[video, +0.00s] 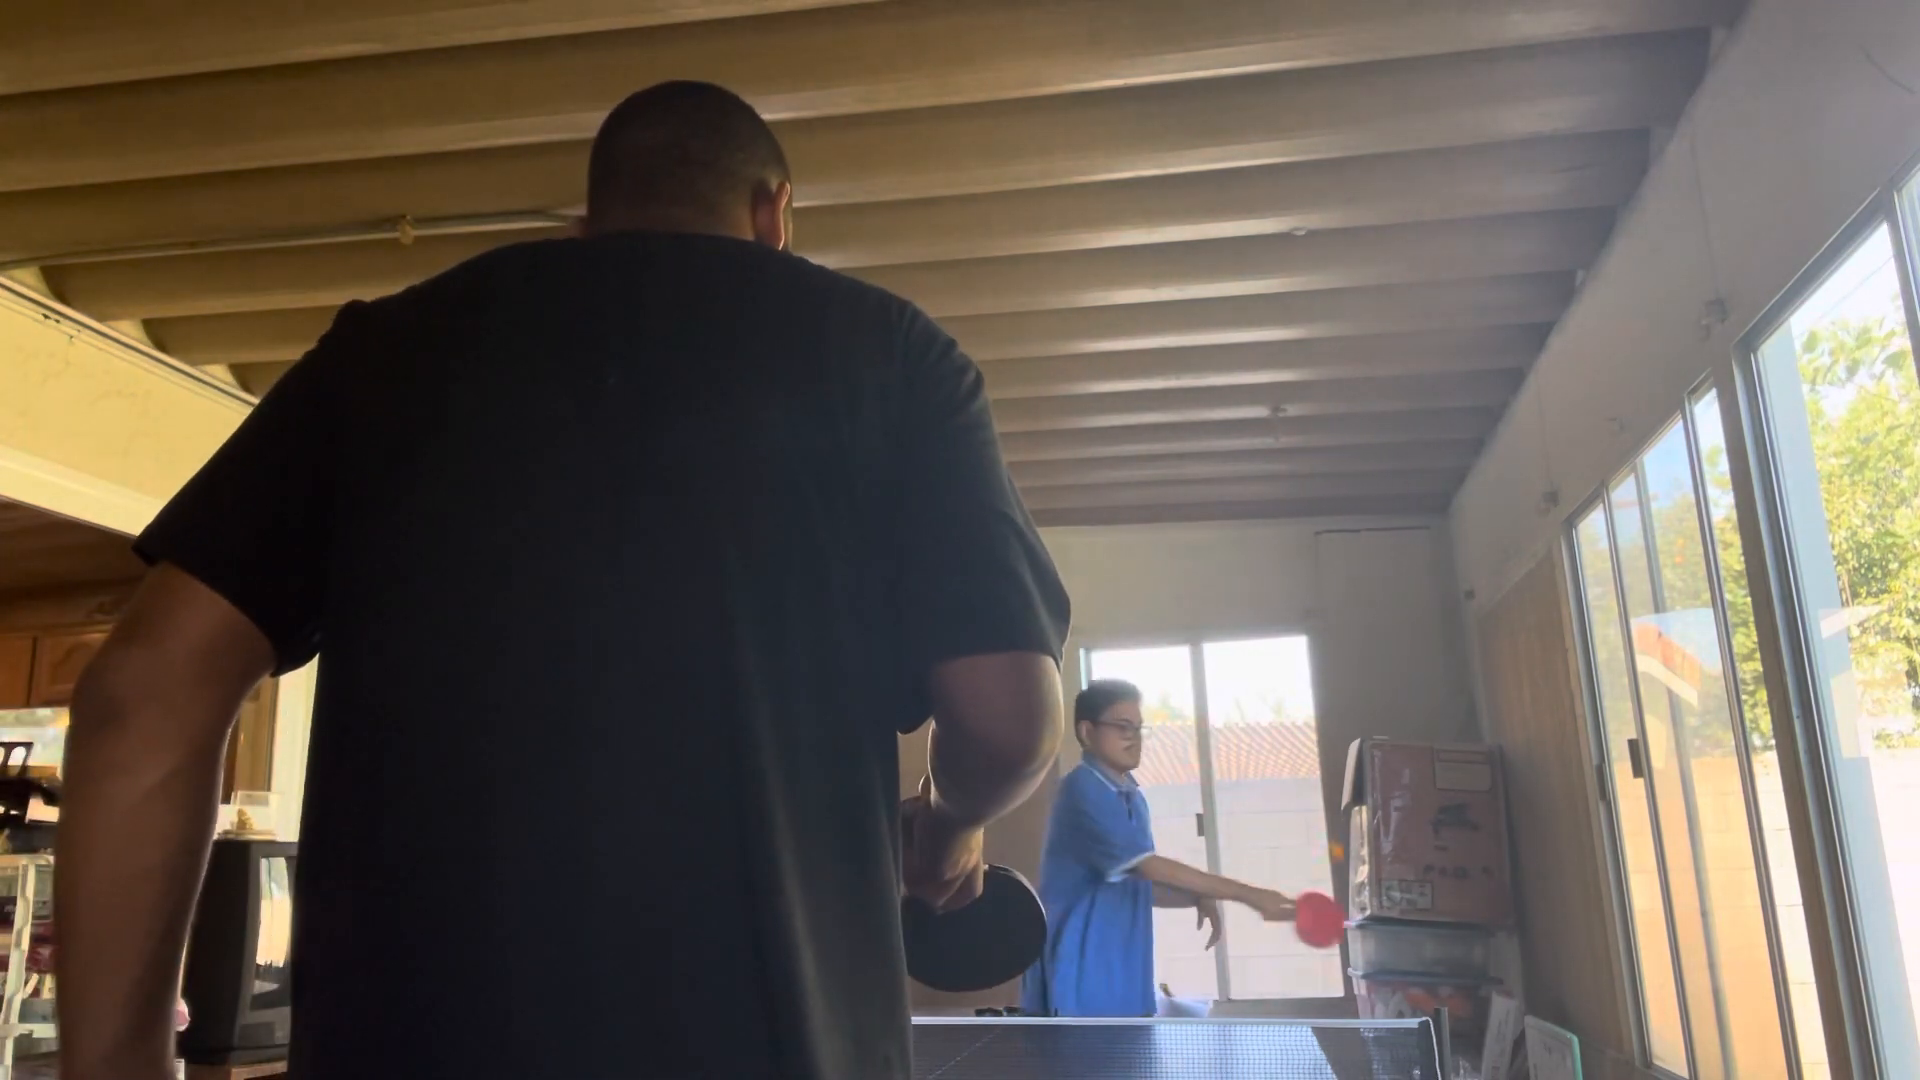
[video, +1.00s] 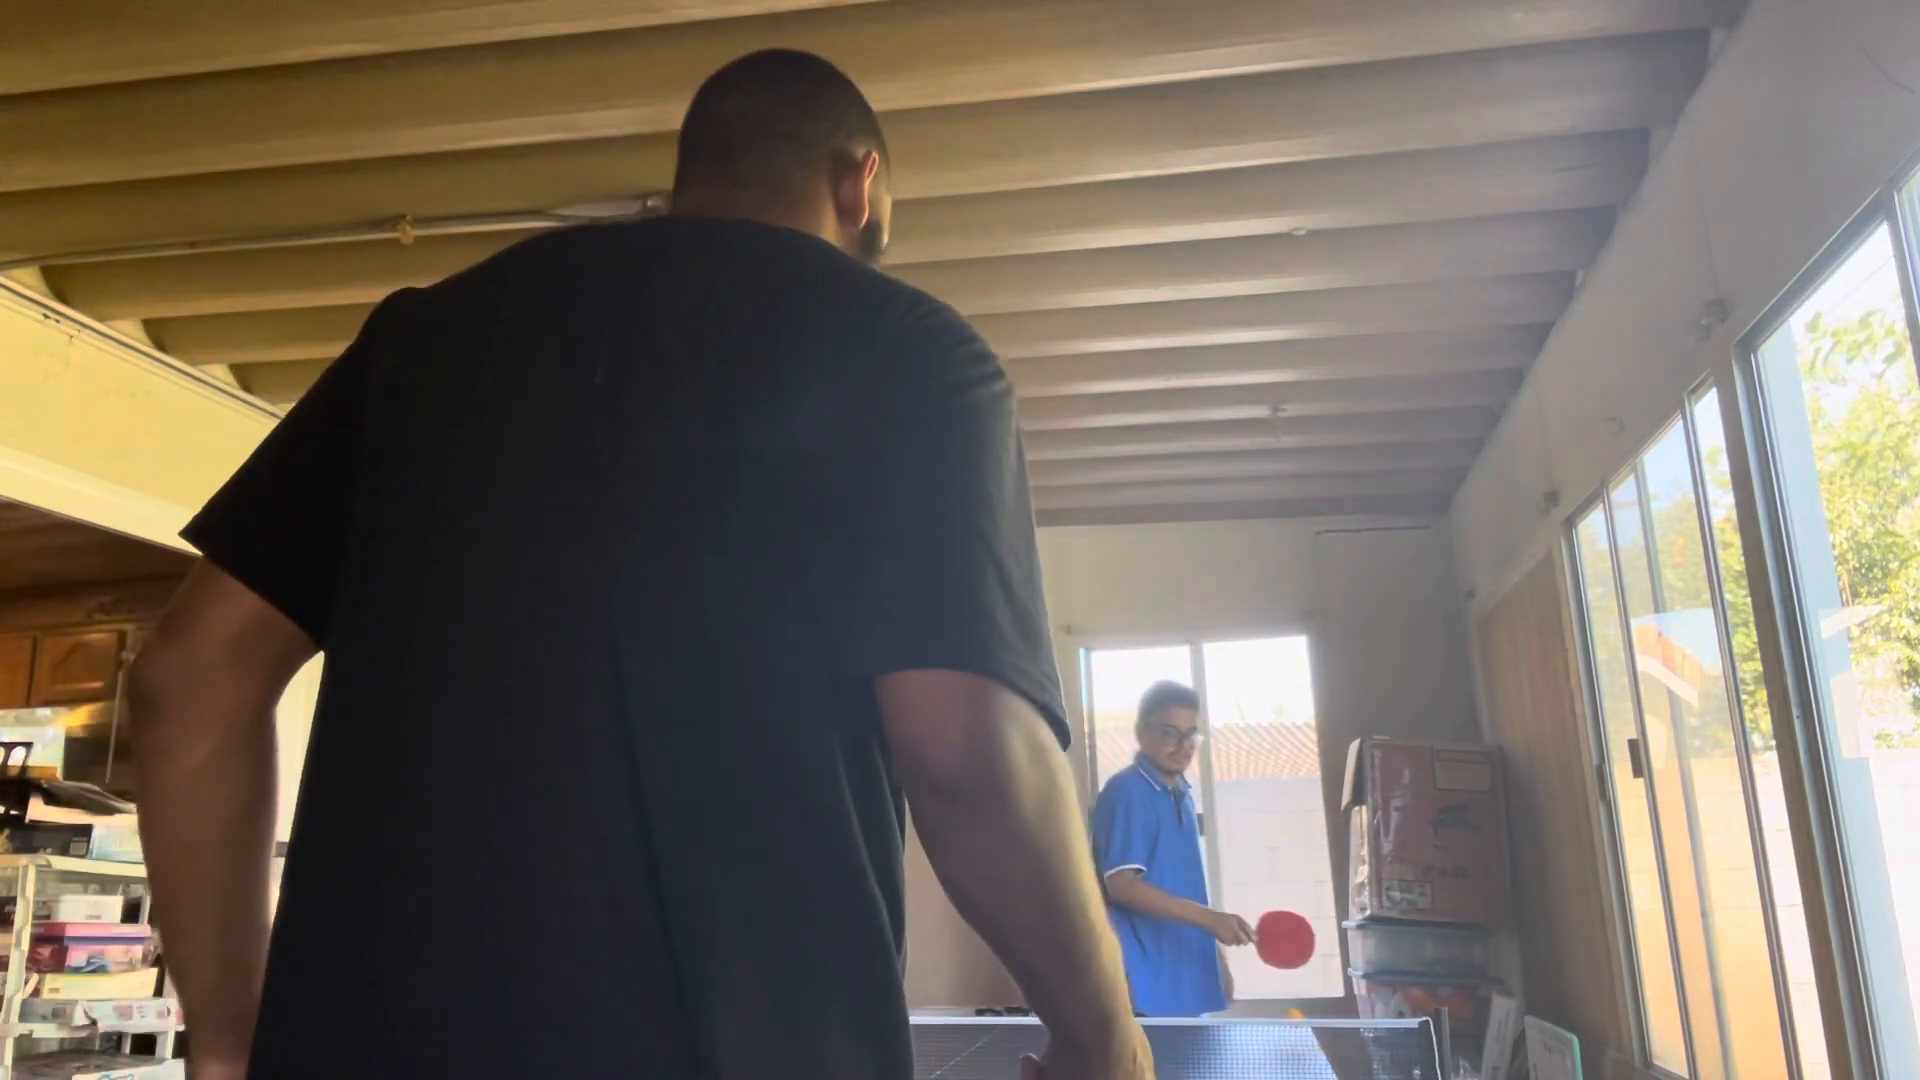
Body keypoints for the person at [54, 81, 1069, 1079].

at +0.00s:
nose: (795, 244)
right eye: (792, 223)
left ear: (583, 212)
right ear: (774, 215)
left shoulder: (388, 345)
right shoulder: (881, 348)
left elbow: (142, 694)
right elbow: (1010, 721)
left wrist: (116, 1058)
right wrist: (945, 823)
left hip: (409, 1036)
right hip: (773, 1038)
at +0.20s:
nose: (797, 243)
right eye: (794, 221)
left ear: (586, 205)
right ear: (774, 211)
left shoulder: (389, 341)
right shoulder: (881, 347)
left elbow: (141, 694)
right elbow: (1006, 720)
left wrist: (126, 1058)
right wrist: (947, 821)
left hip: (407, 1036)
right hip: (772, 1039)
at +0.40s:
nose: (809, 253)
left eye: (808, 236)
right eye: (809, 228)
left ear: (594, 202)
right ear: (775, 204)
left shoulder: (385, 340)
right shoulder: (873, 345)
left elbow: (138, 698)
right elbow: (1001, 711)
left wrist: (125, 1055)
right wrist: (973, 851)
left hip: (400, 1035)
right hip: (767, 1038)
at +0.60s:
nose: (855, 271)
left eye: (859, 253)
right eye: (860, 249)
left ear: (648, 209)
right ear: (824, 225)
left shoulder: (404, 333)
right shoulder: (878, 352)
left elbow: (140, 659)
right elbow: (987, 700)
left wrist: (148, 1031)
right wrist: (1097, 987)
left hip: (379, 1034)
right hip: (738, 1037)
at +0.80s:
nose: (893, 270)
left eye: (889, 251)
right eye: (896, 248)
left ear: (685, 207)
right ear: (861, 219)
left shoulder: (431, 331)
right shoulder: (897, 354)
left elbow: (170, 655)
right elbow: (954, 719)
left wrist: (183, 1042)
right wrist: (1109, 1027)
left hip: (353, 1038)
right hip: (725, 1044)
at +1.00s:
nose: (888, 240)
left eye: (886, 221)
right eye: (890, 216)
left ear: (680, 178)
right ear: (857, 187)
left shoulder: (427, 327)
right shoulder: (905, 347)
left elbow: (189, 679)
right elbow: (960, 743)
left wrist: (223, 1033)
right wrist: (1103, 1041)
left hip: (375, 1038)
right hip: (742, 1045)